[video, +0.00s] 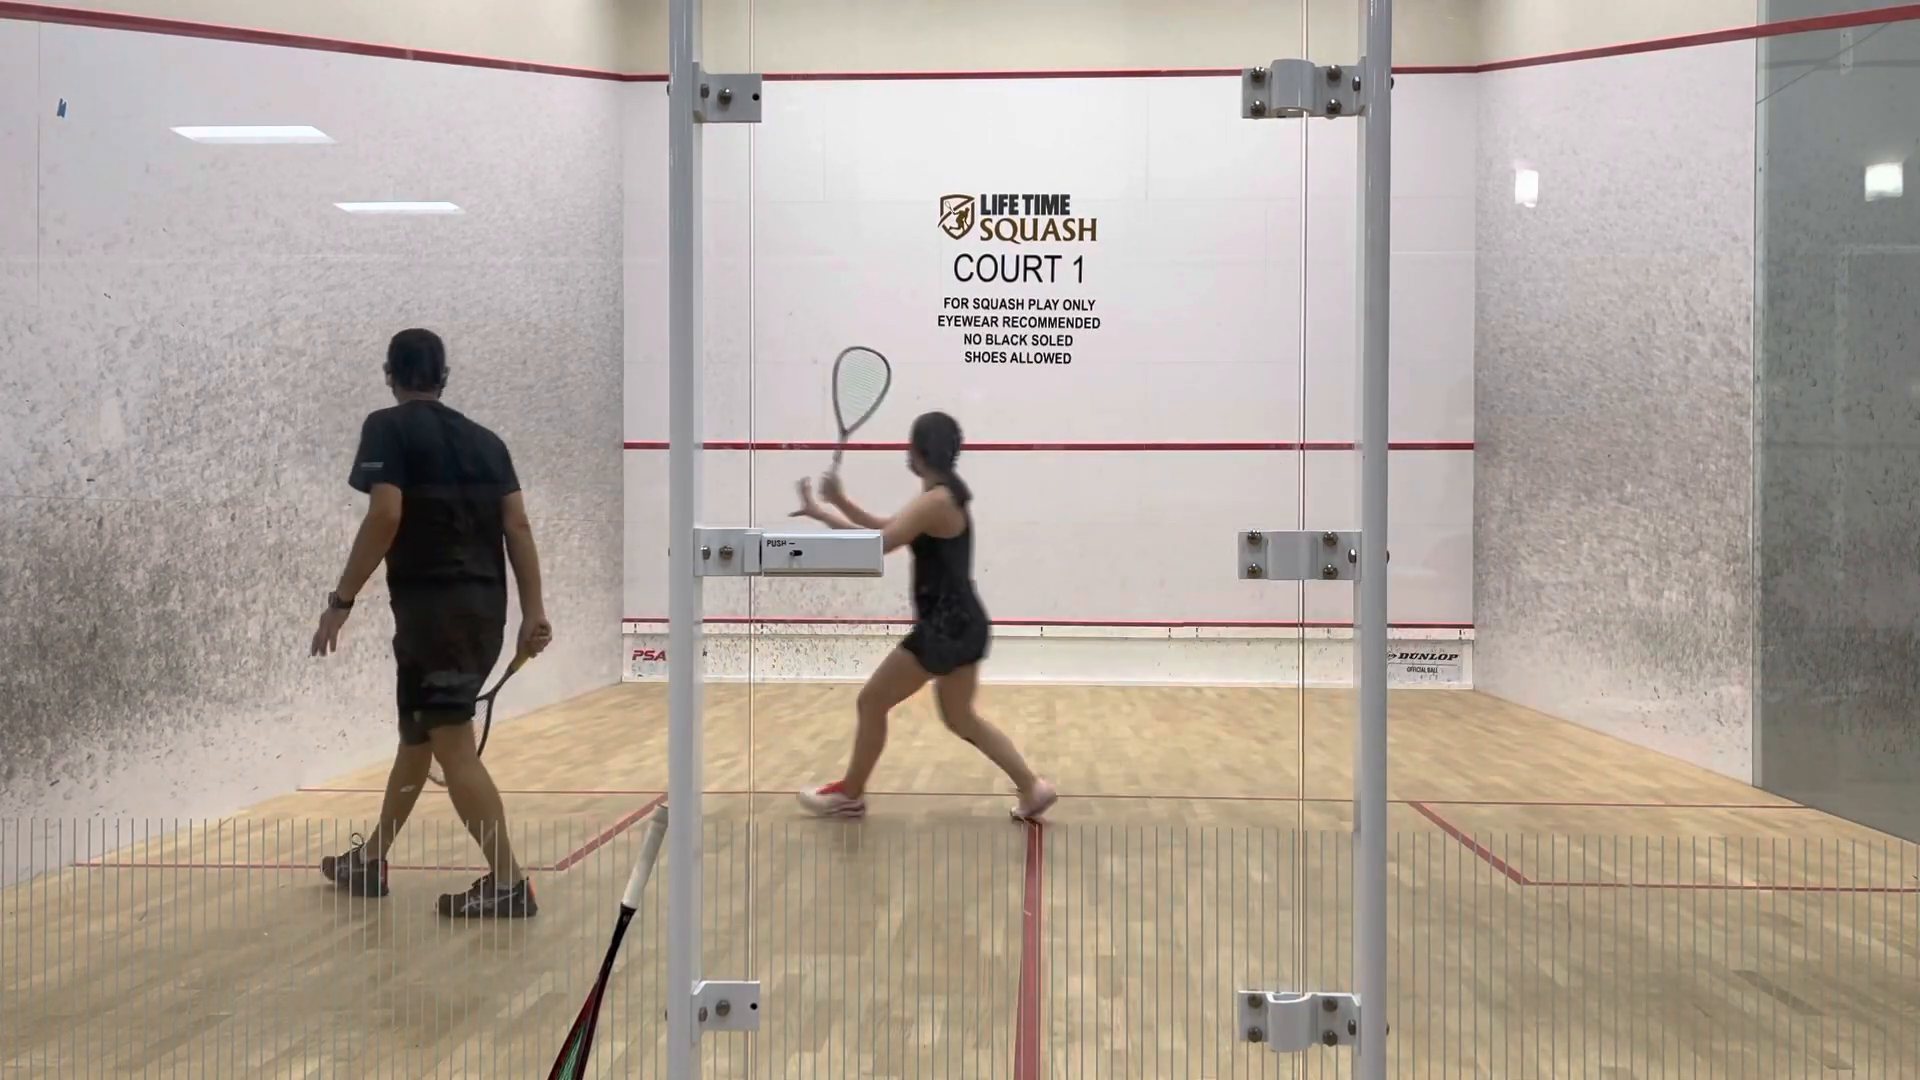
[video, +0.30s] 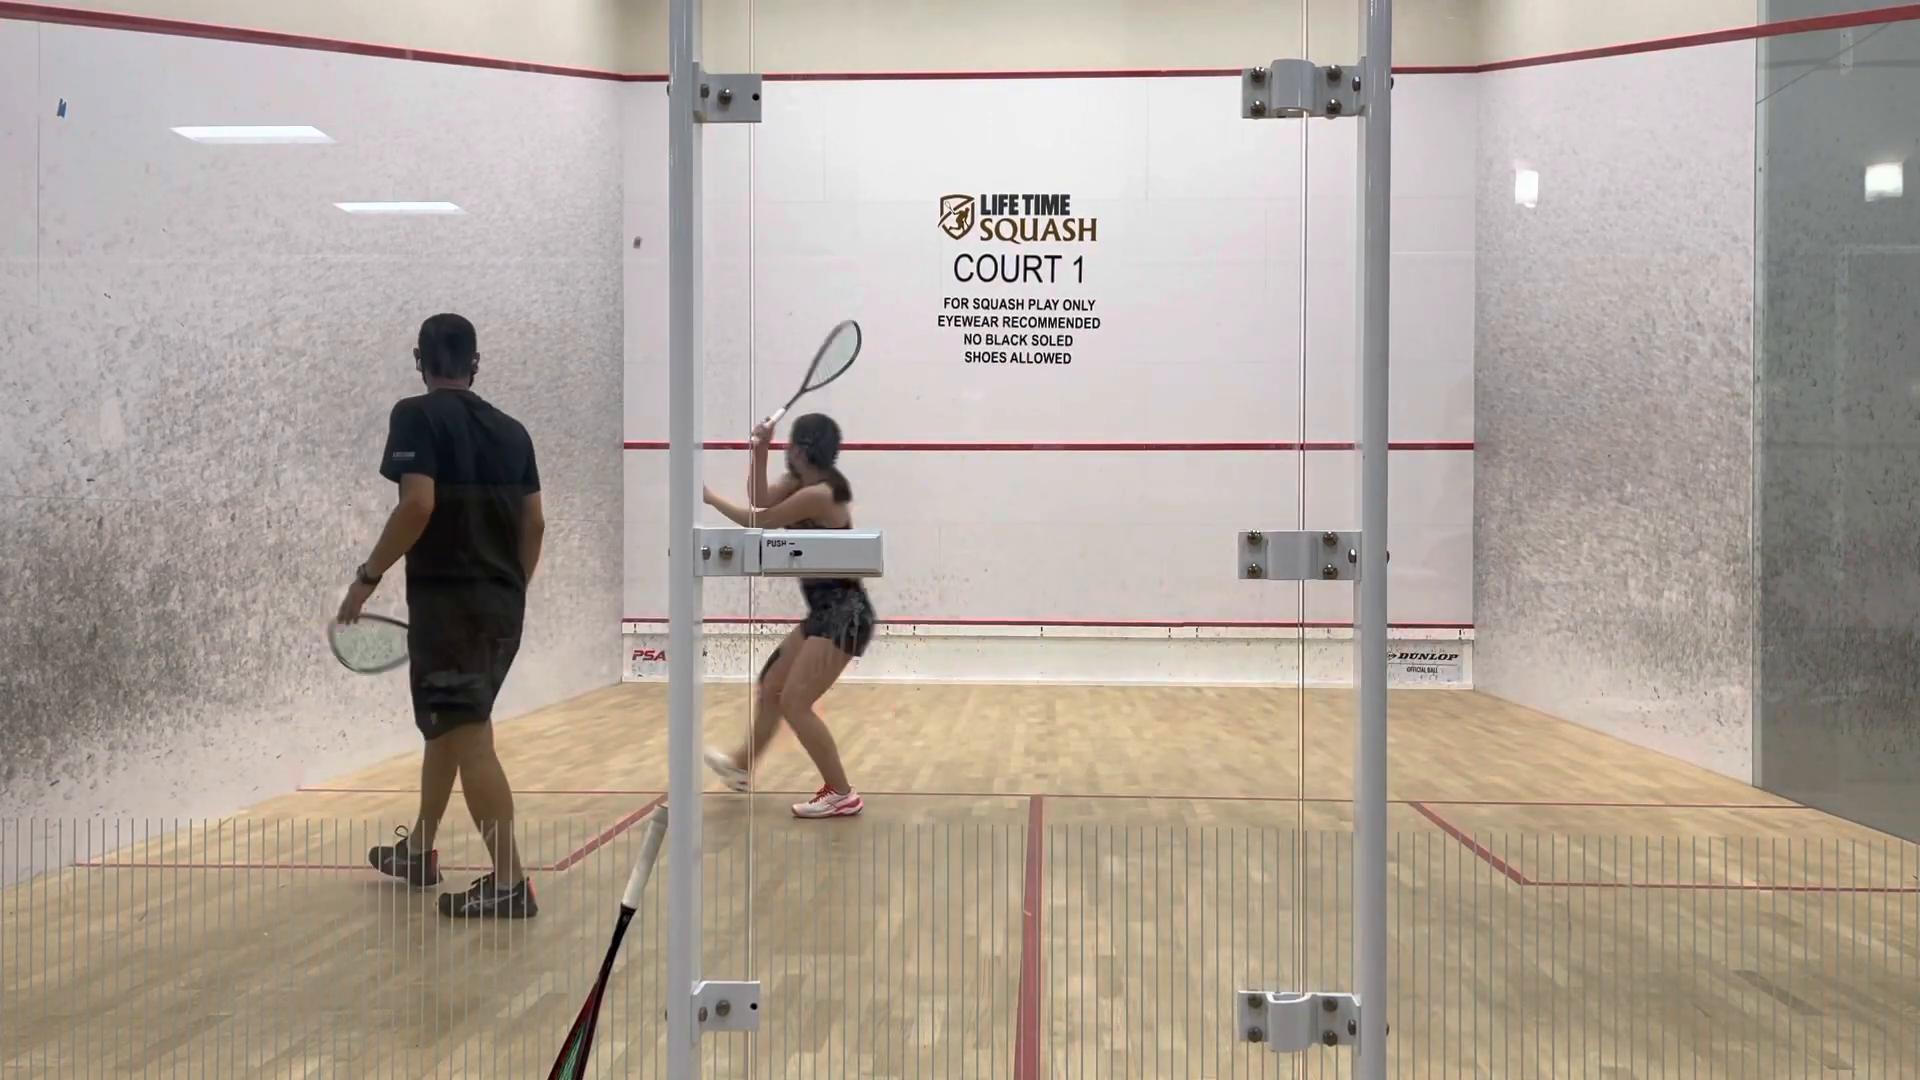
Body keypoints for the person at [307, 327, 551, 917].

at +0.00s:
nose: (398, 383)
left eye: (394, 375)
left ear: (392, 377)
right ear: (444, 378)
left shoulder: (388, 426)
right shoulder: (487, 441)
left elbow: (385, 514)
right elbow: (518, 528)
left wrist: (340, 600)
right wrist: (535, 612)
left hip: (428, 615)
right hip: (486, 614)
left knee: (455, 749)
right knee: (418, 737)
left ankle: (508, 883)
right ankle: (373, 857)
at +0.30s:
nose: (421, 369)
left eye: (419, 362)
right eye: (438, 360)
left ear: (421, 364)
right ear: (475, 364)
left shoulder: (415, 414)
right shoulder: (512, 431)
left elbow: (419, 504)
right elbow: (532, 525)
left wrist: (366, 580)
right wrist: (511, 593)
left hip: (445, 606)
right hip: (504, 606)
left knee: (470, 738)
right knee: (446, 728)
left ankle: (508, 882)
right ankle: (420, 850)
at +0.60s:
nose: (415, 383)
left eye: (406, 376)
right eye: (451, 372)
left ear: (403, 376)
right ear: (456, 377)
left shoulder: (401, 421)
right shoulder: (491, 437)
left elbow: (408, 507)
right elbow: (510, 531)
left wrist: (375, 588)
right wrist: (431, 568)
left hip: (435, 609)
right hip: (492, 608)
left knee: (457, 743)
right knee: (445, 734)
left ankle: (507, 880)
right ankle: (425, 853)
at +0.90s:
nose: (371, 398)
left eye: (368, 389)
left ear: (368, 388)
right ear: (421, 386)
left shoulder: (376, 429)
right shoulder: (451, 437)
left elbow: (358, 512)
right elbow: (436, 537)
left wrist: (307, 555)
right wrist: (362, 552)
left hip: (439, 605)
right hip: (473, 600)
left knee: (439, 734)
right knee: (414, 719)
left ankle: (505, 873)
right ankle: (418, 851)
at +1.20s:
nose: (345, 415)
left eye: (341, 407)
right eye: (349, 408)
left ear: (343, 406)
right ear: (394, 401)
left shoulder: (368, 434)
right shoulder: (415, 439)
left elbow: (413, 498)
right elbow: (418, 549)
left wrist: (375, 578)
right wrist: (349, 567)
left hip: (449, 602)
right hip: (473, 599)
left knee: (410, 742)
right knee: (428, 734)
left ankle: (487, 870)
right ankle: (428, 854)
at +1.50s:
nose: (313, 397)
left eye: (315, 384)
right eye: (312, 385)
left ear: (339, 380)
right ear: (356, 378)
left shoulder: (401, 418)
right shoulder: (370, 446)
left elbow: (487, 472)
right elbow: (413, 540)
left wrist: (491, 567)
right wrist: (370, 578)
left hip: (446, 608)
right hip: (411, 613)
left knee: (428, 741)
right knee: (413, 734)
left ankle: (488, 883)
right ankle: (425, 854)